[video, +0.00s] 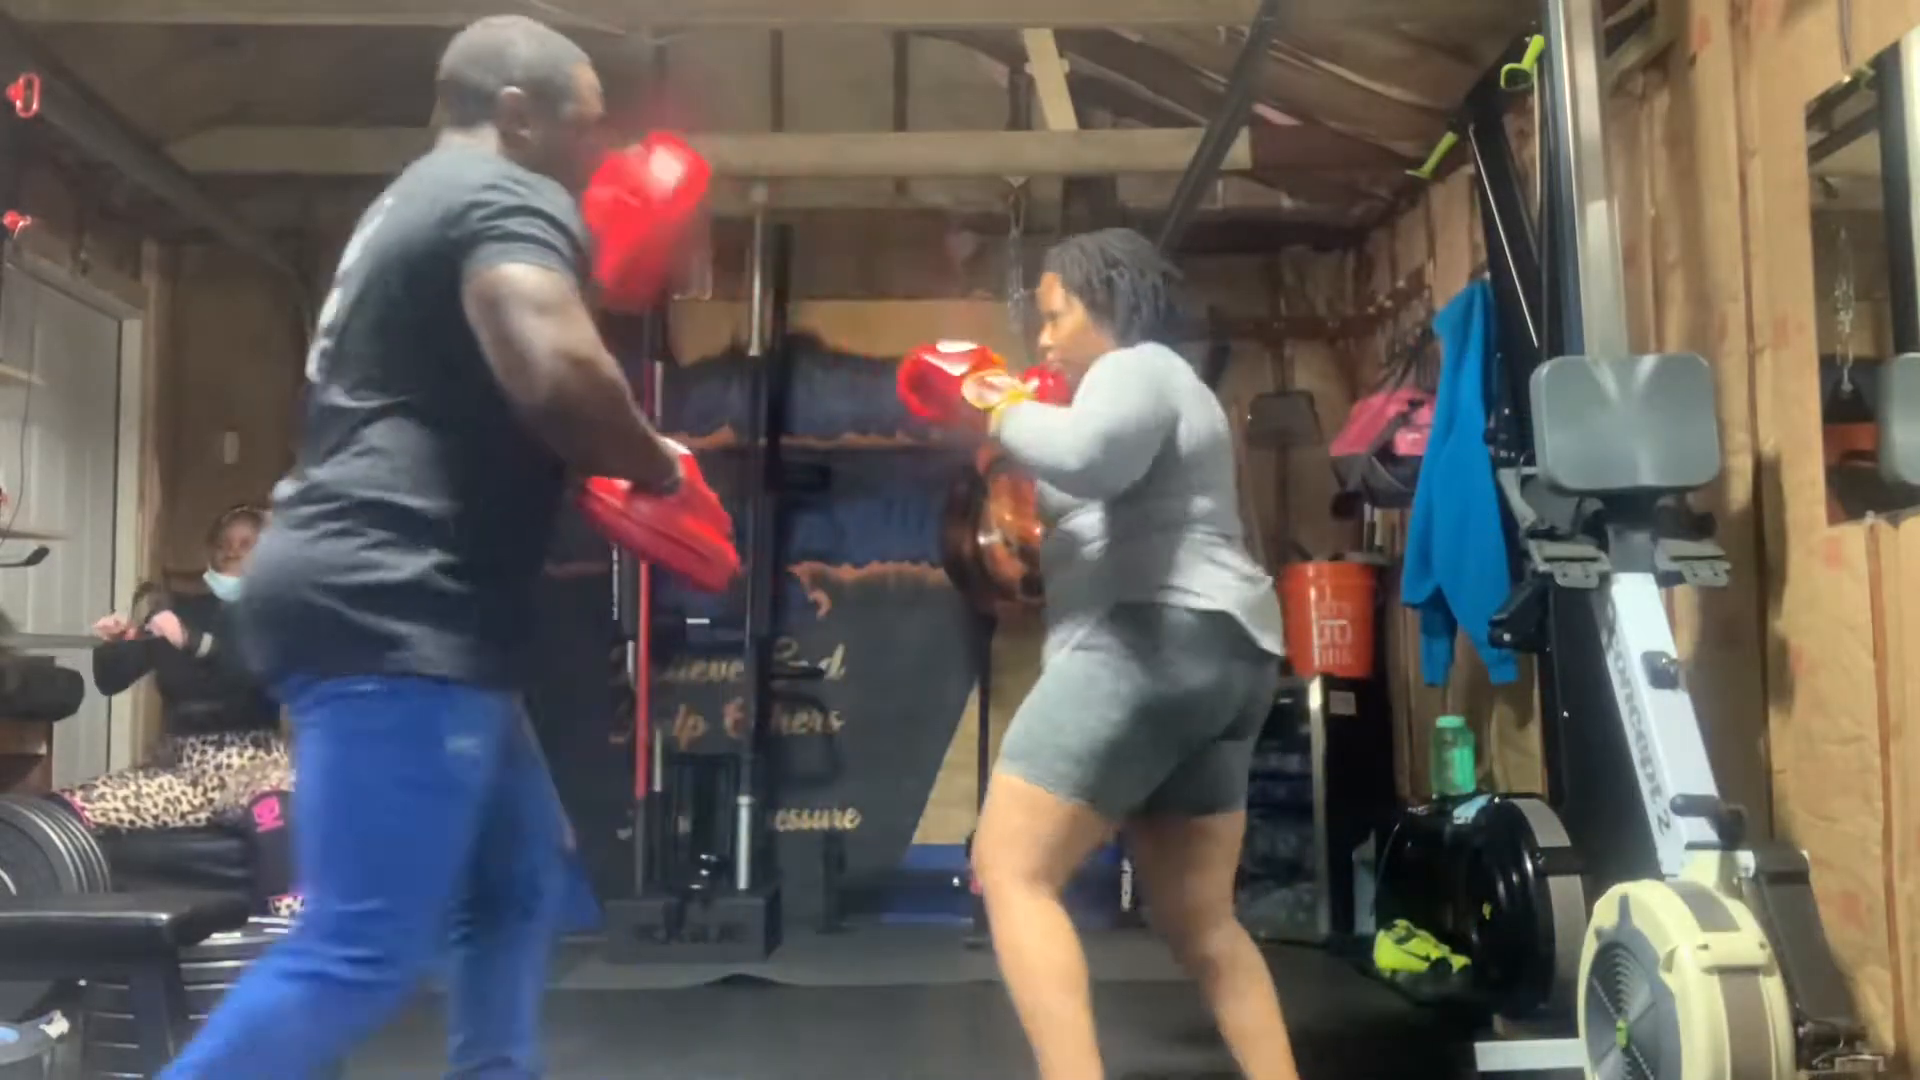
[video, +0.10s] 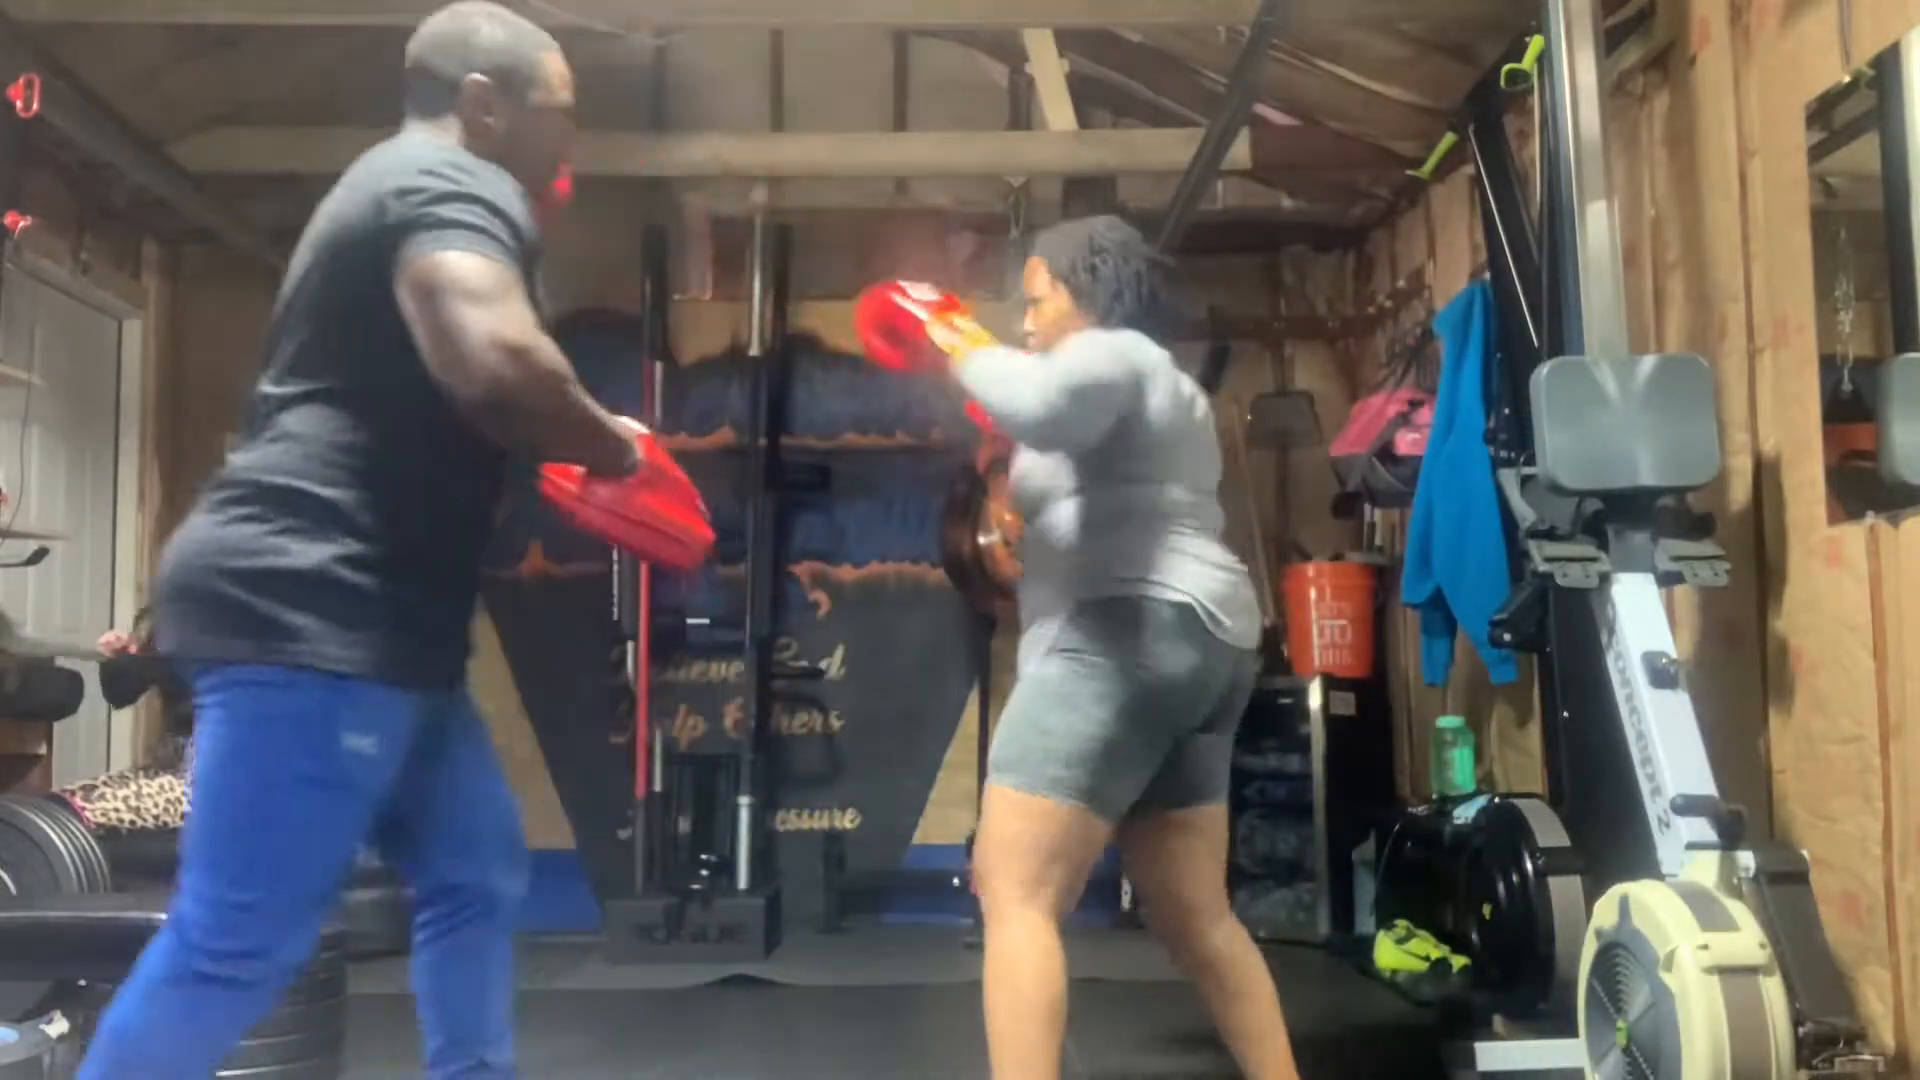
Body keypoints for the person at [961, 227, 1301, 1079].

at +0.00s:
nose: (1043, 339)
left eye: (1053, 315)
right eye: (1042, 320)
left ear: (1106, 303)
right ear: (1118, 307)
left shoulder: (1140, 368)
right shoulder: (1183, 391)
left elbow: (1093, 456)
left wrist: (1000, 408)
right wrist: (1041, 527)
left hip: (1153, 634)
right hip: (1227, 647)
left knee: (1013, 869)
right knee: (1200, 918)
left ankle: (1073, 1072)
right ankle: (1278, 1075)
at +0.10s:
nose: (1025, 320)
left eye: (1036, 298)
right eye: (1026, 300)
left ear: (1083, 290)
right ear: (1116, 295)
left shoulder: (1113, 355)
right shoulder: (1176, 386)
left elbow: (1037, 401)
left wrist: (963, 345)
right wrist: (1022, 519)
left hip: (1123, 626)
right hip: (1207, 639)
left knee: (1018, 887)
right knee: (1193, 910)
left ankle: (1025, 1070)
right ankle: (1277, 1074)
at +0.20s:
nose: (1000, 281)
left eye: (1009, 264)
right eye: (1002, 264)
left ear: (1050, 269)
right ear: (1112, 275)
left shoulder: (1059, 331)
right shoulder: (1161, 377)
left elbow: (920, 302)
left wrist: (818, 241)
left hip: (1102, 598)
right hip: (1197, 616)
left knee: (1023, 896)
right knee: (1169, 889)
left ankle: (1028, 1074)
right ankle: (1275, 1070)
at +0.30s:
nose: (986, 278)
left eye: (993, 261)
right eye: (986, 262)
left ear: (1033, 258)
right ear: (1100, 262)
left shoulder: (1039, 318)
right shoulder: (1152, 371)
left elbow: (887, 311)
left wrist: (782, 241)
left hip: (1085, 608)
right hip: (1178, 621)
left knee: (1017, 900)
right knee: (1150, 887)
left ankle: (1027, 1073)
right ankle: (1271, 1069)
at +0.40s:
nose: (976, 292)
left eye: (987, 271)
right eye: (976, 272)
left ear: (1037, 263)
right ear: (1066, 267)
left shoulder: (1066, 331)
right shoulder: (1114, 348)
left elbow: (949, 409)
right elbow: (968, 412)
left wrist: (857, 345)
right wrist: (880, 351)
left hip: (1091, 612)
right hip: (1157, 622)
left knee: (1014, 901)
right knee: (1161, 897)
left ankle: (1026, 1077)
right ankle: (1264, 1071)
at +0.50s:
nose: (988, 294)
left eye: (1003, 272)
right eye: (989, 274)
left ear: (1062, 268)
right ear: (1065, 272)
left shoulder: (1094, 343)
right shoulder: (1093, 351)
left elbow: (1045, 481)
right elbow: (1034, 477)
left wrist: (969, 406)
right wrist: (971, 410)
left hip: (1098, 632)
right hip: (1150, 633)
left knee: (1018, 907)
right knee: (1176, 907)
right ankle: (1266, 1071)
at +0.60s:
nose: (1018, 300)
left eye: (1034, 278)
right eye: (1018, 281)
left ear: (1095, 277)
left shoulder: (1138, 357)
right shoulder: (1095, 372)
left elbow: (1101, 502)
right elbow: (1047, 504)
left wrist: (1022, 423)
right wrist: (987, 441)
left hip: (1117, 640)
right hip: (1152, 638)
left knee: (1029, 910)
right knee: (1199, 919)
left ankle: (1032, 1078)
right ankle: (1268, 1072)